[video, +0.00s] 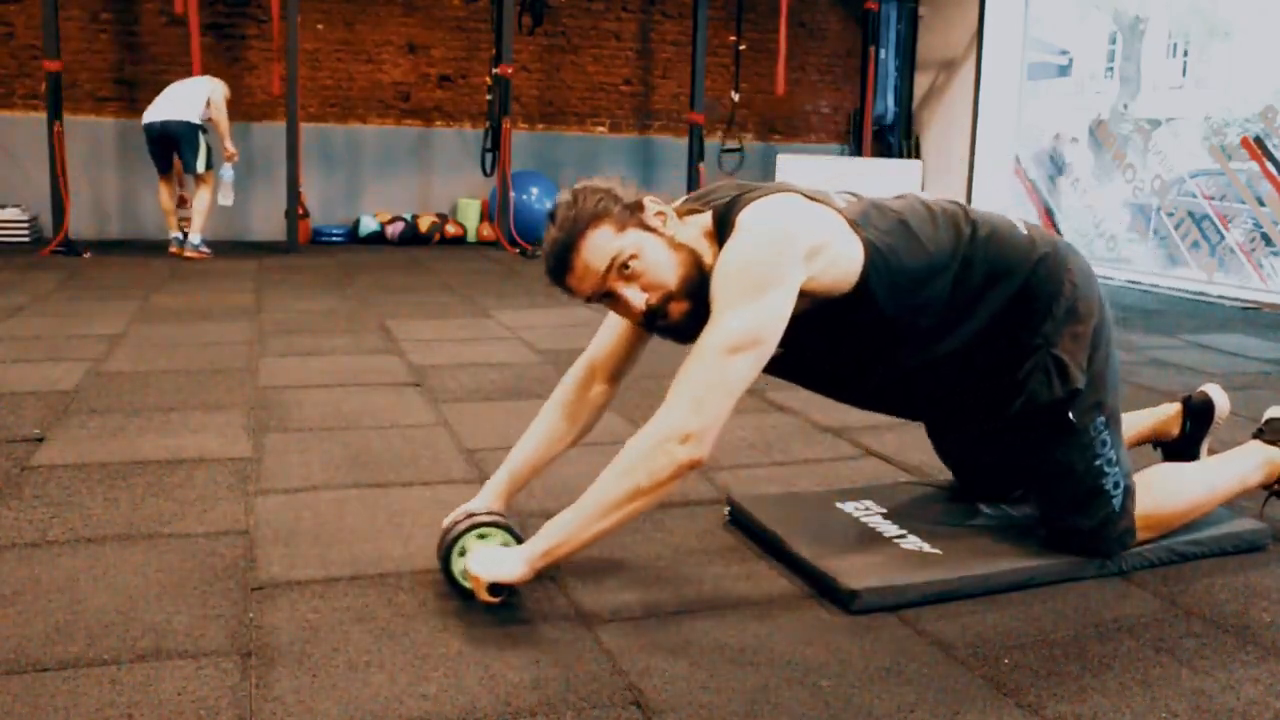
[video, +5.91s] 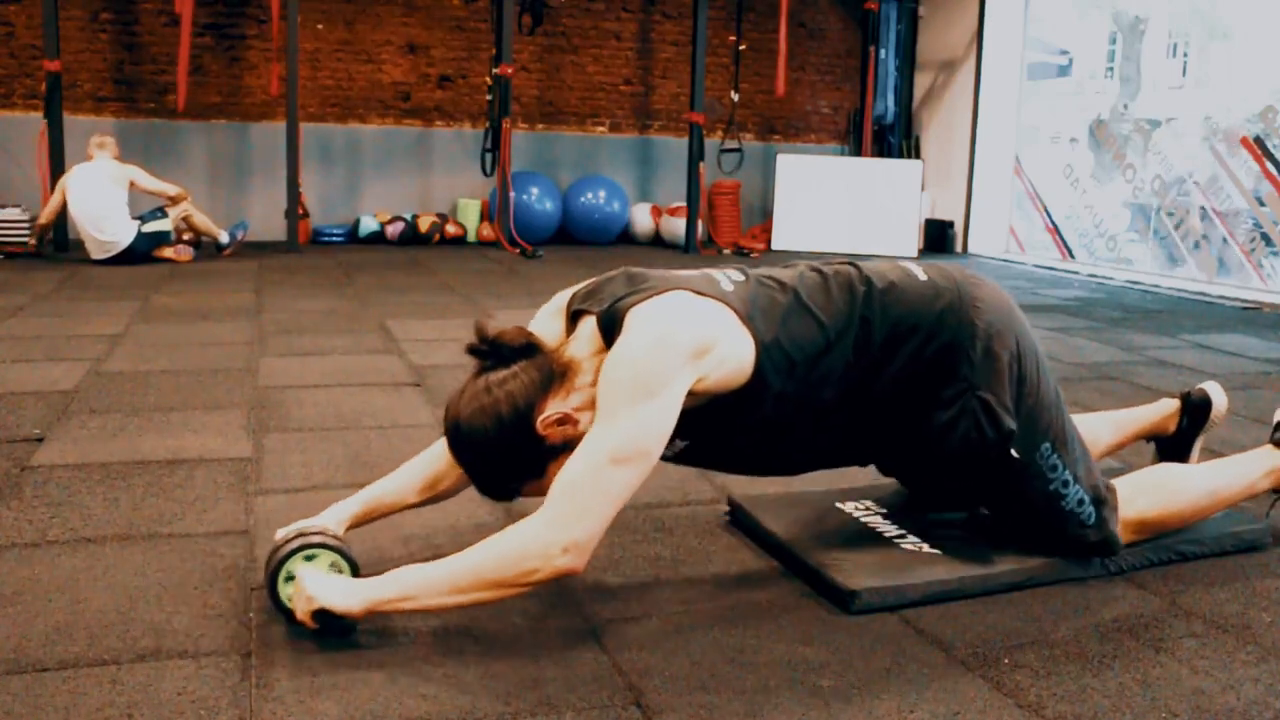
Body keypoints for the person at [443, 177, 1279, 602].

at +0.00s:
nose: (629, 296)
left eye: (625, 268)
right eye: (610, 292)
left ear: (658, 216)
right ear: (609, 285)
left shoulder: (764, 242)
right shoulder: (672, 263)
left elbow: (677, 443)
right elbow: (585, 383)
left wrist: (534, 553)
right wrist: (493, 491)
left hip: (1035, 313)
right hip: (953, 346)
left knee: (1102, 524)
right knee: (997, 485)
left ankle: (1270, 460)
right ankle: (1176, 417)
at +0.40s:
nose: (513, 365)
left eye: (504, 337)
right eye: (490, 365)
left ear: (537, 284)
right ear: (491, 355)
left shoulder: (647, 309)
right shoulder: (571, 316)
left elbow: (538, 508)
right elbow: (464, 427)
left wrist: (363, 582)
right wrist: (343, 514)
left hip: (954, 359)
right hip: (887, 397)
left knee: (1102, 534)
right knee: (1041, 493)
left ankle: (1261, 458)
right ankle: (1208, 422)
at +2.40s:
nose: (663, 385)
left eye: (645, 374)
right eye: (637, 382)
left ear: (658, 314)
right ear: (639, 305)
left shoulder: (762, 256)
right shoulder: (658, 252)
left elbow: (677, 448)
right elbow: (575, 377)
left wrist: (532, 554)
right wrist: (489, 486)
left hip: (1035, 301)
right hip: (950, 333)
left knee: (1099, 525)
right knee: (987, 485)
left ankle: (1265, 456)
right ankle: (1169, 416)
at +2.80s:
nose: (763, 314)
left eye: (754, 302)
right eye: (746, 311)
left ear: (768, 242)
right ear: (758, 235)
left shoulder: (876, 202)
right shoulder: (758, 197)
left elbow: (821, 403)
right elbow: (693, 346)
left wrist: (700, 536)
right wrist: (640, 485)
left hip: (1100, 302)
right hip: (1002, 329)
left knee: (1095, 528)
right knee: (989, 484)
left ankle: (1268, 456)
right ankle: (1169, 420)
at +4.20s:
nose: (636, 360)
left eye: (623, 344)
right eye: (613, 357)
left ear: (641, 279)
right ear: (630, 278)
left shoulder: (757, 244)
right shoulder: (653, 245)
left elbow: (680, 446)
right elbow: (577, 380)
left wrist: (534, 557)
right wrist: (488, 496)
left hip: (1022, 312)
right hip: (937, 346)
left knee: (1105, 523)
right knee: (995, 485)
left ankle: (1271, 453)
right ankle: (1172, 412)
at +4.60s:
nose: (537, 453)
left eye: (523, 437)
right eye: (519, 446)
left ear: (544, 381)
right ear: (531, 381)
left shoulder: (647, 331)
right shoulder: (554, 306)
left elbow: (536, 532)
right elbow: (448, 435)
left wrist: (354, 589)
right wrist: (330, 514)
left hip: (943, 357)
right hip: (874, 374)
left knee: (1098, 524)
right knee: (1022, 488)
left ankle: (1266, 456)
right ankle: (1176, 408)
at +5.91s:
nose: (581, 458)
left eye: (566, 451)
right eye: (560, 460)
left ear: (564, 400)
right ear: (542, 402)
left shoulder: (657, 350)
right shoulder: (561, 323)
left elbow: (558, 546)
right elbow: (467, 448)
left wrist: (369, 594)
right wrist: (343, 513)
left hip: (956, 341)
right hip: (904, 323)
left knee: (1092, 525)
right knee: (1000, 493)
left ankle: (1271, 466)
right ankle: (1174, 410)